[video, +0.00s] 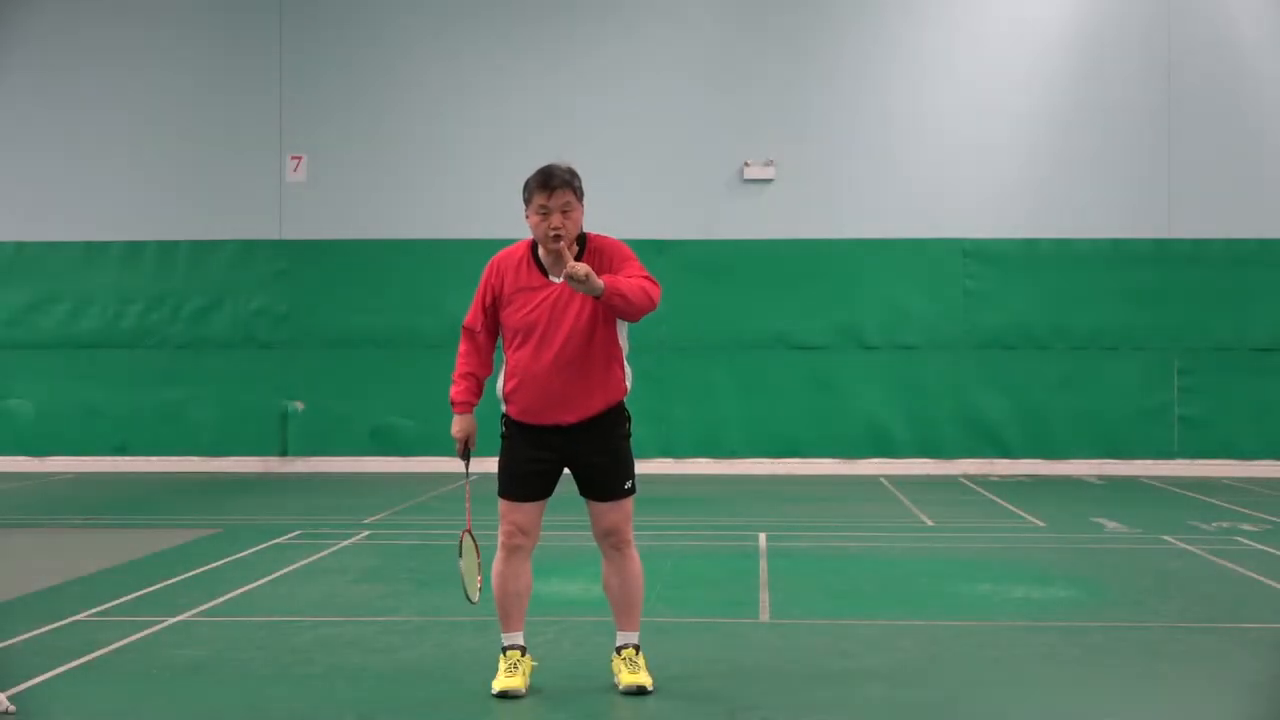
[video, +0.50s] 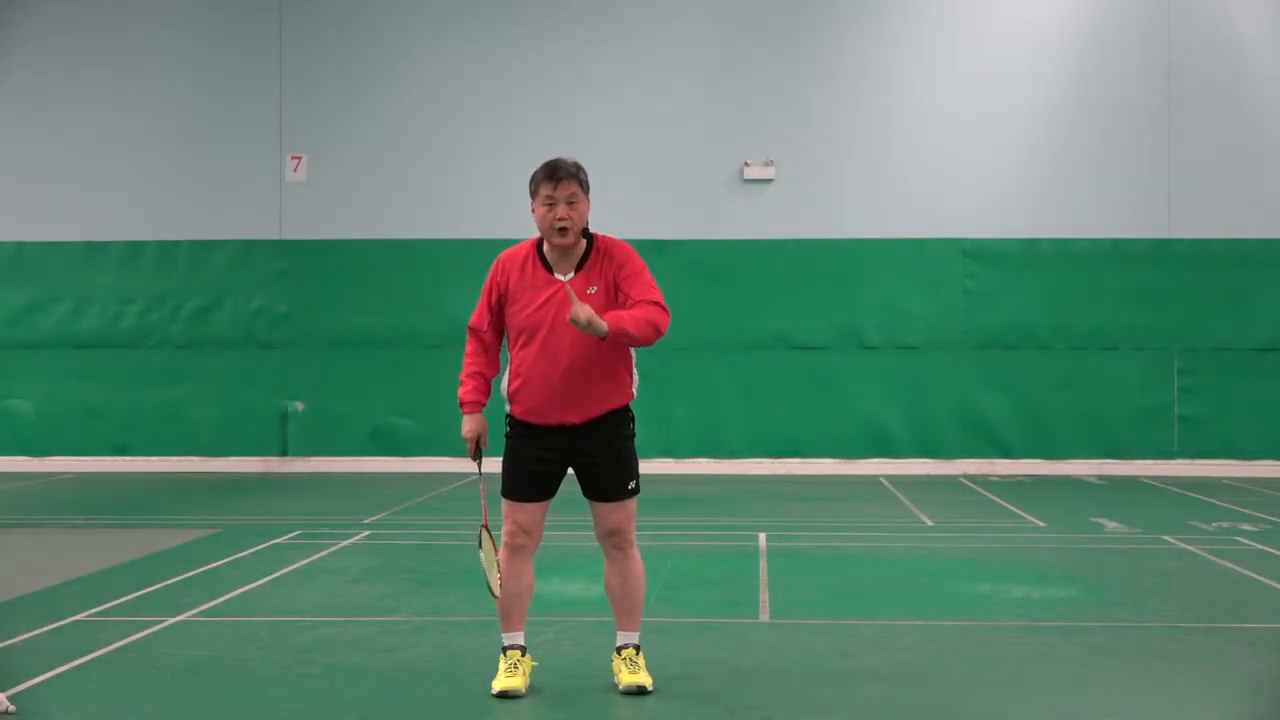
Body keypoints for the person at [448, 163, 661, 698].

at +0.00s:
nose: (555, 223)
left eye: (565, 212)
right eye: (544, 213)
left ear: (581, 213)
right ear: (528, 216)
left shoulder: (606, 254)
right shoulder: (504, 267)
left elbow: (646, 298)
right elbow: (476, 337)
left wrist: (597, 285)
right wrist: (463, 408)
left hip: (600, 422)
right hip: (528, 427)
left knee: (616, 536)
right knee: (514, 538)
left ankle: (628, 649)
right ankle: (513, 652)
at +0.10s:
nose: (557, 222)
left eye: (567, 211)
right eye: (546, 212)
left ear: (583, 212)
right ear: (529, 216)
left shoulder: (609, 254)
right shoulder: (506, 267)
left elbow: (648, 304)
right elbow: (479, 336)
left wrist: (594, 285)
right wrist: (468, 406)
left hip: (601, 422)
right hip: (529, 426)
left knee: (617, 536)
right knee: (515, 537)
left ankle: (629, 649)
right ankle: (513, 651)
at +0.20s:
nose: (559, 220)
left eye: (568, 209)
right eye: (547, 211)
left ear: (584, 211)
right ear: (531, 216)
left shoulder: (611, 255)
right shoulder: (507, 267)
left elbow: (649, 310)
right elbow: (480, 337)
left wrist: (594, 291)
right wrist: (472, 406)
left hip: (603, 423)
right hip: (530, 427)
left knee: (618, 536)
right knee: (516, 536)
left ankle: (629, 649)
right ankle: (513, 651)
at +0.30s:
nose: (560, 219)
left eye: (570, 208)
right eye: (549, 209)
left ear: (586, 210)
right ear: (532, 214)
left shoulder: (613, 255)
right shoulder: (509, 266)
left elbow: (647, 311)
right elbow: (481, 336)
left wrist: (598, 305)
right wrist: (473, 406)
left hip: (603, 423)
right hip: (531, 427)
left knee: (618, 536)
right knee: (517, 536)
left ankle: (629, 649)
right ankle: (513, 651)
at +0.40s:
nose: (561, 216)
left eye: (571, 206)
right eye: (550, 207)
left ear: (587, 209)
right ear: (533, 212)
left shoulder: (614, 256)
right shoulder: (509, 267)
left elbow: (653, 314)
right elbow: (482, 336)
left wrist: (600, 306)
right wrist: (474, 406)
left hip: (604, 423)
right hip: (532, 427)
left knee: (619, 536)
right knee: (517, 537)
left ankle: (629, 649)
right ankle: (513, 651)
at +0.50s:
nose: (561, 213)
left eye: (571, 202)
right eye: (550, 203)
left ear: (587, 207)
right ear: (534, 210)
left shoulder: (616, 257)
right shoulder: (509, 266)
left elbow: (654, 318)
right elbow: (482, 336)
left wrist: (606, 324)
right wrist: (473, 408)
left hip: (605, 424)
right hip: (532, 427)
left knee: (619, 536)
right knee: (517, 537)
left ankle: (629, 650)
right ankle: (512, 652)